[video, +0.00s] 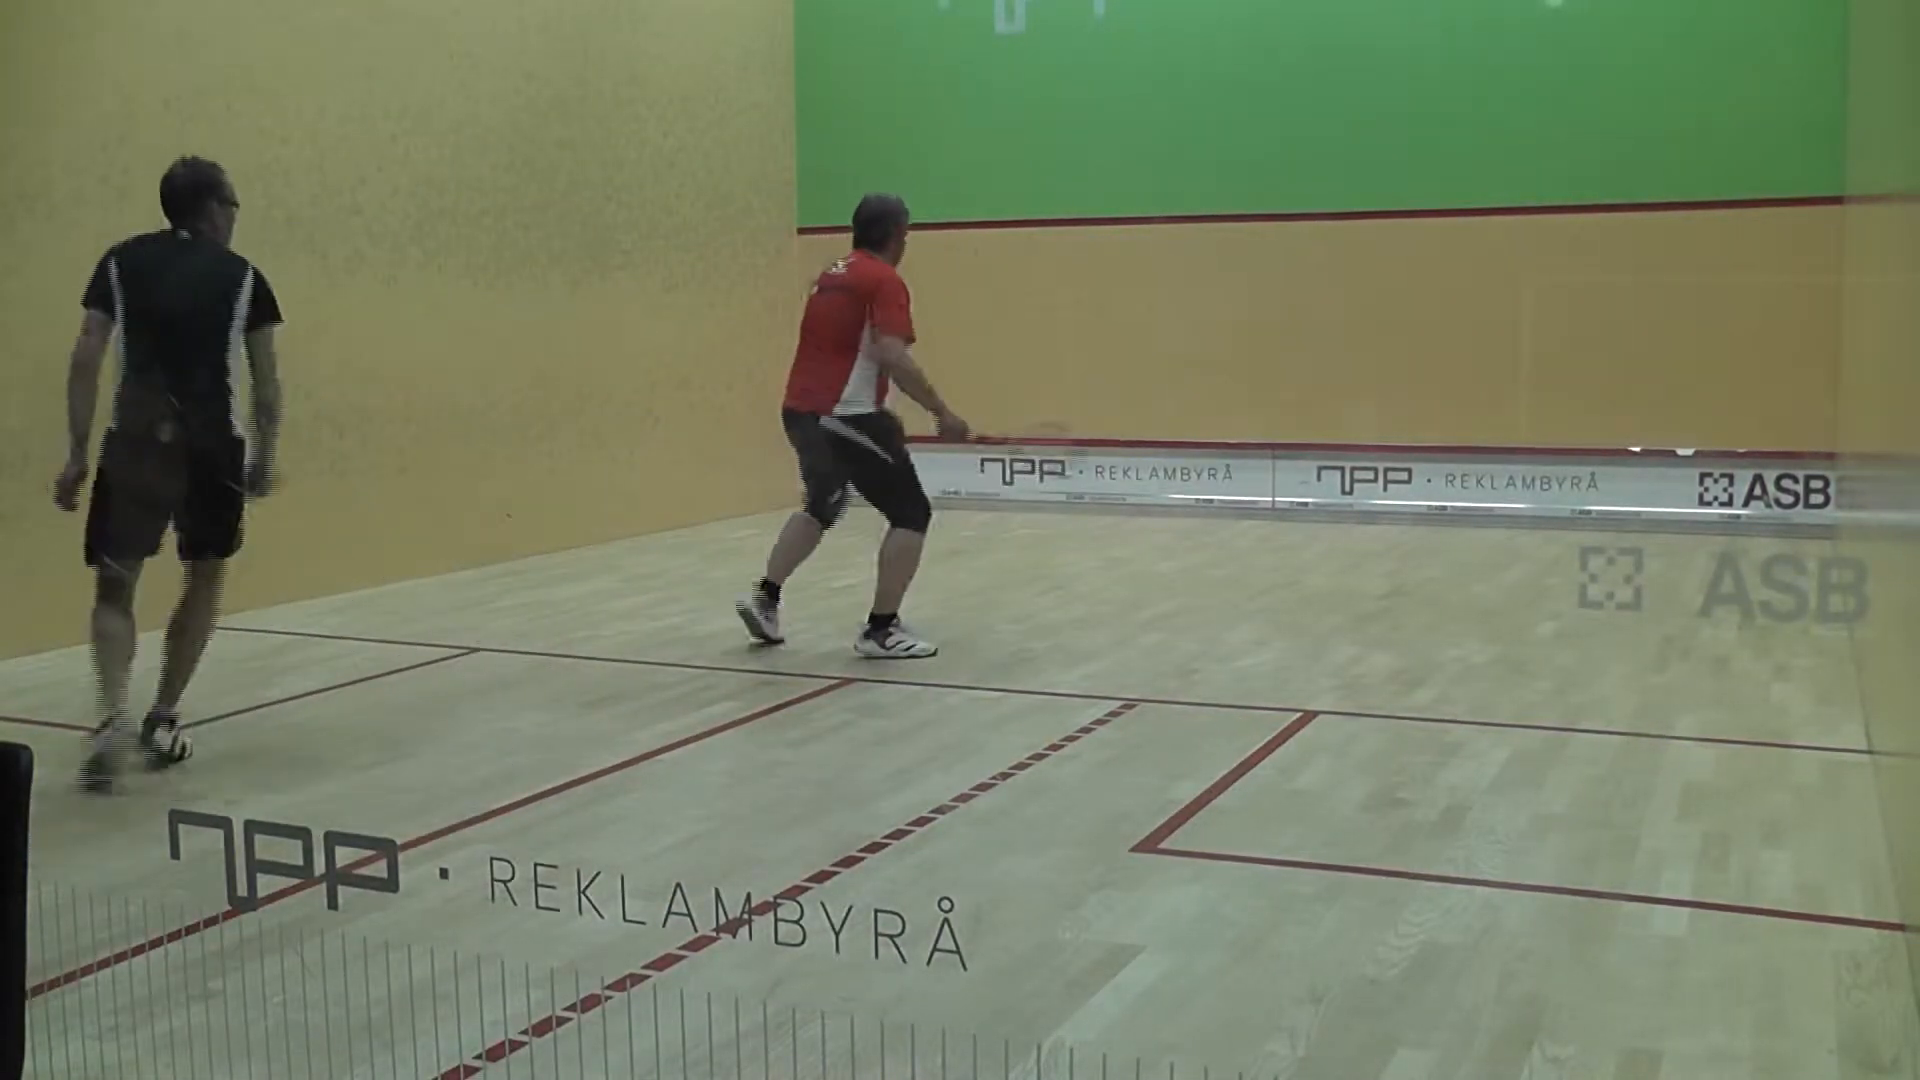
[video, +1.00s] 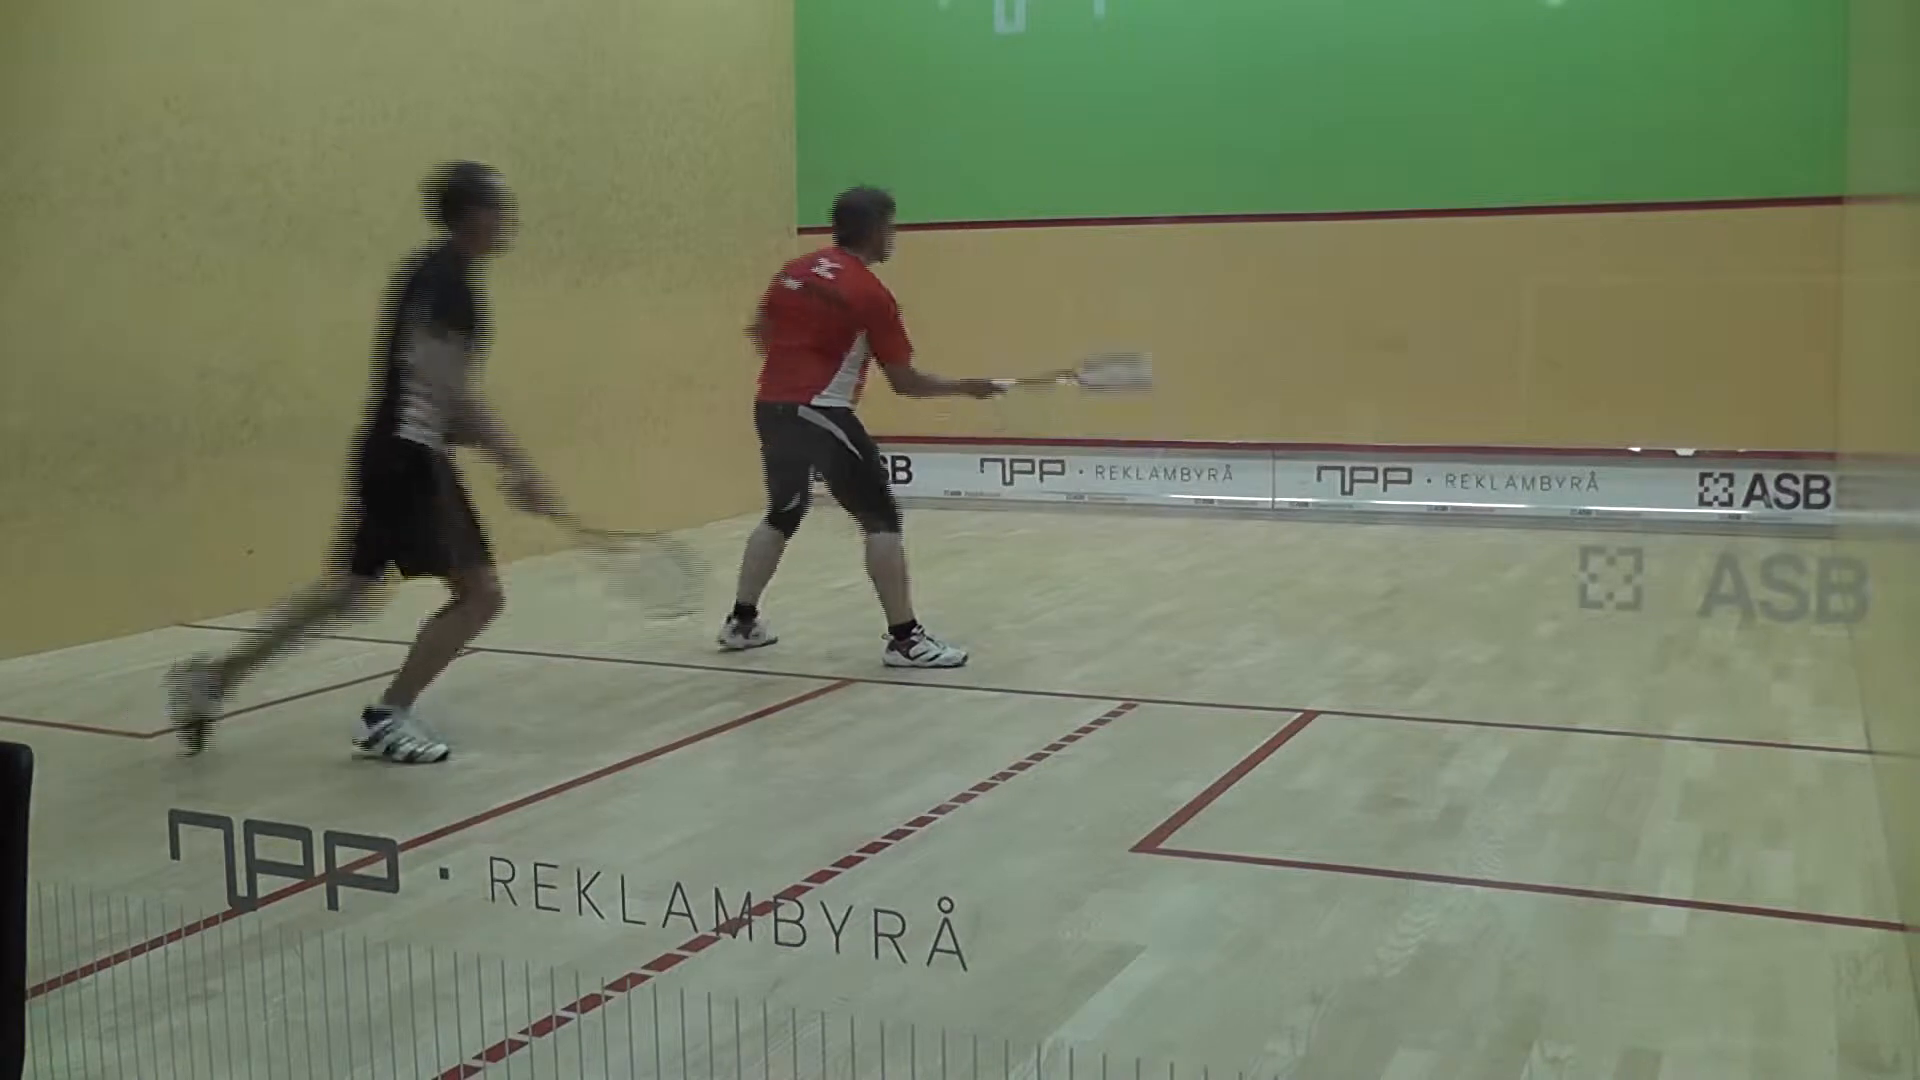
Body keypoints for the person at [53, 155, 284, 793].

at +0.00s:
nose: (236, 220)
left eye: (234, 208)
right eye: (231, 208)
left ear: (173, 212)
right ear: (209, 211)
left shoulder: (122, 261)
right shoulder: (241, 275)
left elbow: (85, 359)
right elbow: (266, 382)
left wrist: (76, 454)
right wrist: (264, 455)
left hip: (134, 453)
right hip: (210, 456)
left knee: (114, 588)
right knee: (204, 580)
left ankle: (110, 719)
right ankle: (163, 716)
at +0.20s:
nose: (242, 210)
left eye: (242, 198)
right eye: (235, 198)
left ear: (181, 202)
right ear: (209, 202)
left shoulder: (130, 258)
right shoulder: (236, 265)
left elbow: (93, 361)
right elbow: (288, 365)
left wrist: (117, 424)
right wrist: (331, 432)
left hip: (132, 451)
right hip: (209, 449)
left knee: (117, 594)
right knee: (281, 550)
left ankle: (85, 747)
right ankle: (248, 694)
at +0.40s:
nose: (288, 203)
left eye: (287, 190)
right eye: (280, 191)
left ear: (233, 196)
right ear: (251, 193)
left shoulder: (184, 253)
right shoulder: (267, 251)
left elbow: (152, 358)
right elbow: (283, 347)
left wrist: (190, 419)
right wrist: (341, 425)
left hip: (189, 445)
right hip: (255, 441)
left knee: (170, 582)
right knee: (301, 565)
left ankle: (97, 710)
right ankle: (287, 713)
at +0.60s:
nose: (324, 202)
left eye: (322, 190)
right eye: (315, 190)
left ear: (271, 194)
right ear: (282, 192)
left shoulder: (223, 250)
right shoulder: (279, 251)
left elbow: (224, 359)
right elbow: (271, 348)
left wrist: (289, 424)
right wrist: (329, 432)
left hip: (206, 443)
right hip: (262, 442)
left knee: (210, 585)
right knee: (372, 549)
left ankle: (144, 725)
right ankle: (335, 688)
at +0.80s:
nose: (380, 207)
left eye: (378, 196)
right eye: (371, 195)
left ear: (331, 202)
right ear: (342, 200)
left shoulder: (291, 259)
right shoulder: (322, 262)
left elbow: (280, 379)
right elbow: (310, 370)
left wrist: (349, 423)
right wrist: (360, 452)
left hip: (274, 453)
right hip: (313, 450)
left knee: (239, 586)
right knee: (427, 555)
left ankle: (150, 717)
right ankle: (425, 711)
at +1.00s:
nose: (506, 222)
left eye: (504, 210)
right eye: (496, 210)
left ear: (463, 217)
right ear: (466, 216)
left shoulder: (435, 272)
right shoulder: (447, 278)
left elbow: (444, 397)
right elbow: (448, 393)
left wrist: (510, 464)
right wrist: (517, 466)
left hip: (390, 456)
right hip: (415, 459)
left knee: (353, 587)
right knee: (481, 597)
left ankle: (214, 679)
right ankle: (390, 716)